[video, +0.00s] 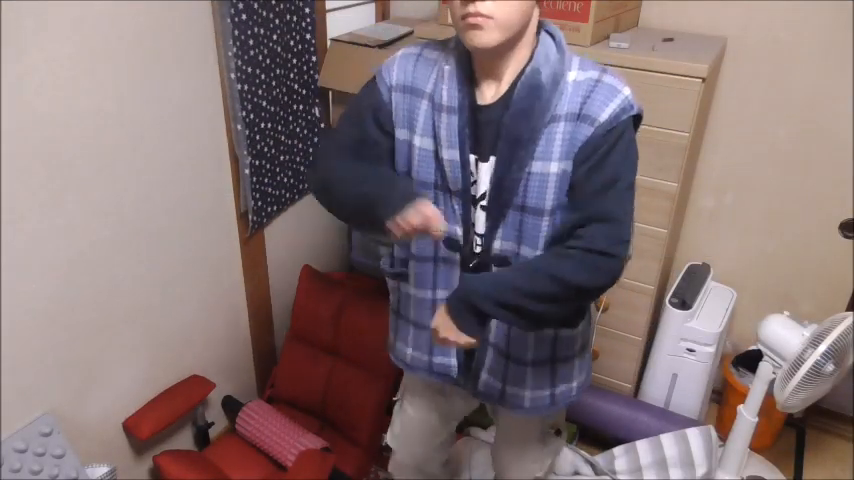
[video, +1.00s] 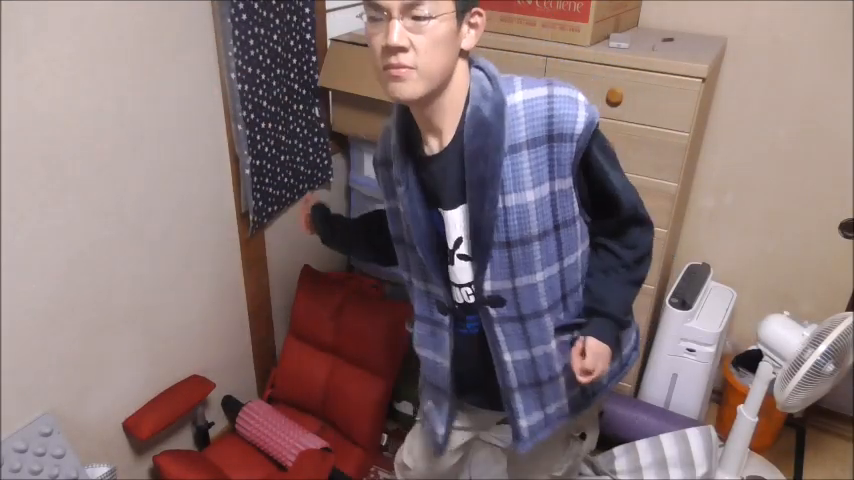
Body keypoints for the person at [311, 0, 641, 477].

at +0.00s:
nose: (470, 4)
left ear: (537, 3)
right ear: (448, 6)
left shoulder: (596, 105)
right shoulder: (406, 77)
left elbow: (599, 254)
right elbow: (333, 164)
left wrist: (477, 300)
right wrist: (389, 197)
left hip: (534, 356)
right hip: (432, 342)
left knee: (519, 471)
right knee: (410, 464)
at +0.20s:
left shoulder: (605, 100)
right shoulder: (411, 69)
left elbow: (652, 237)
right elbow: (366, 133)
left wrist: (564, 271)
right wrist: (250, 95)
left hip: (522, 345)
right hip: (418, 326)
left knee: (516, 469)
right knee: (395, 454)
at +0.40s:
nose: (427, 44)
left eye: (457, 21)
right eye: (414, 20)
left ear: (506, 48)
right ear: (401, 36)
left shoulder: (554, 181)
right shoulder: (392, 122)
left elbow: (578, 271)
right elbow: (385, 190)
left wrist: (506, 338)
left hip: (478, 366)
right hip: (387, 344)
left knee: (469, 469)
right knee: (373, 452)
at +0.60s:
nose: (398, 30)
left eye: (427, 10)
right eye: (386, 9)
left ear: (477, 26)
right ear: (370, 21)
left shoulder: (540, 144)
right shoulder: (375, 107)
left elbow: (600, 245)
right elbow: (322, 95)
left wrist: (532, 321)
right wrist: (255, 54)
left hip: (482, 353)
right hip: (390, 339)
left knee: (476, 466)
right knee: (382, 455)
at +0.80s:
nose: (397, 13)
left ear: (476, 5)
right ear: (372, 10)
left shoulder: (556, 104)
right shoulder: (383, 113)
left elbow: (603, 214)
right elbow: (379, 201)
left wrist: (559, 306)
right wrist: (317, 160)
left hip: (528, 337)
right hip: (428, 332)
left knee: (520, 470)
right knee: (397, 461)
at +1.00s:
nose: (392, 39)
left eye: (420, 16)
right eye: (378, 17)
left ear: (470, 29)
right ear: (366, 29)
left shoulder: (556, 119)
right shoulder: (394, 149)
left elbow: (625, 229)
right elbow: (409, 241)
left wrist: (602, 327)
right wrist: (328, 227)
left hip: (546, 403)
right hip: (449, 398)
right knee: (415, 471)